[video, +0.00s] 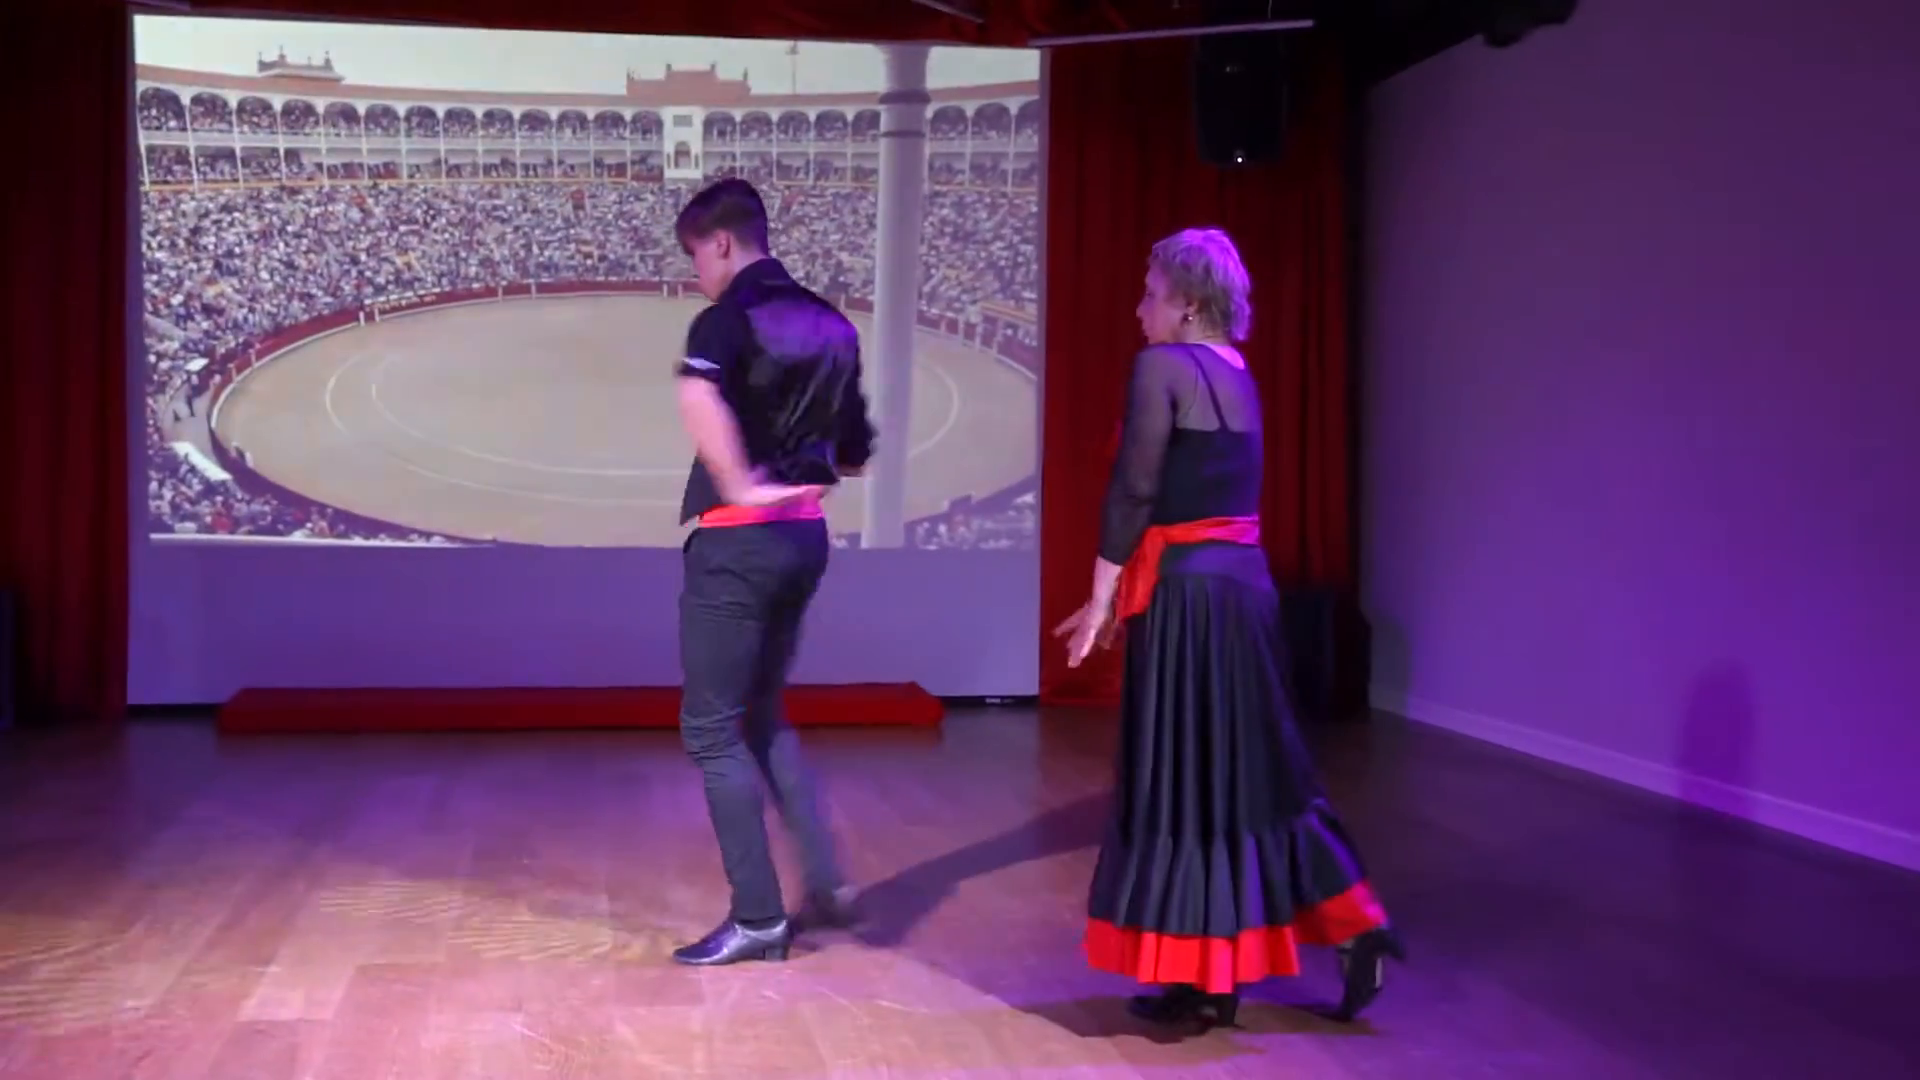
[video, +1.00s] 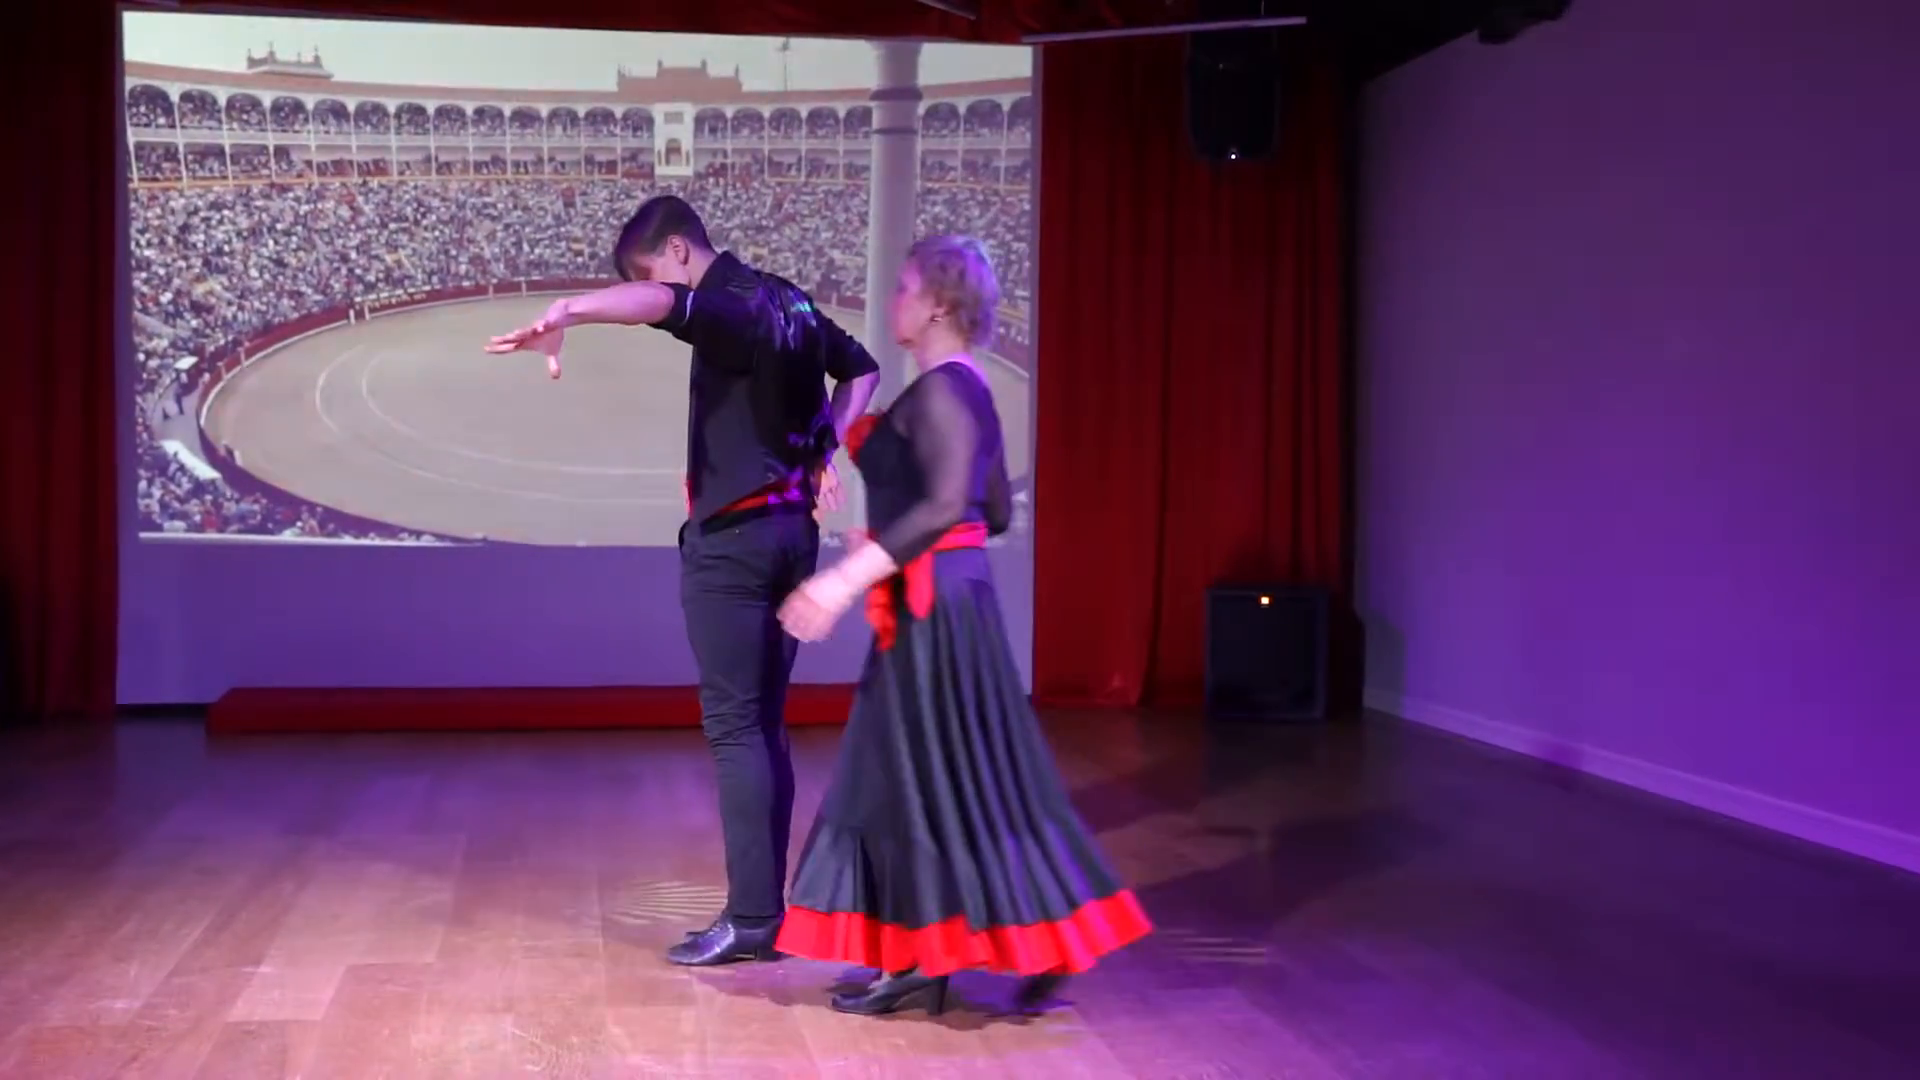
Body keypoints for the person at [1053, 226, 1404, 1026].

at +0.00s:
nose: (1141, 304)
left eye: (1151, 292)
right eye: (1145, 290)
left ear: (1185, 301)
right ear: (1212, 303)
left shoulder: (1160, 367)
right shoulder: (1234, 373)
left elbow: (1135, 486)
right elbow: (1209, 498)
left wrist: (1105, 585)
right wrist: (1114, 601)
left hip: (1187, 590)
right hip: (1245, 587)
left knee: (1181, 774)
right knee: (1267, 765)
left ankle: (1193, 973)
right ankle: (1356, 920)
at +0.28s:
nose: (1106, 311)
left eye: (1116, 298)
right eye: (1110, 296)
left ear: (1151, 307)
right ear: (1175, 309)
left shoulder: (1135, 373)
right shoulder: (1196, 379)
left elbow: (1133, 495)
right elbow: (1162, 502)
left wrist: (1090, 589)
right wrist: (1089, 582)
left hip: (1159, 591)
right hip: (1209, 589)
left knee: (1158, 776)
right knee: (1213, 768)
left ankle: (1180, 970)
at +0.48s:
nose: (1059, 313)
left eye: (1070, 300)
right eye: (1063, 298)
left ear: (1104, 309)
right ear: (1133, 311)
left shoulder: (1100, 379)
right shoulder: (1152, 379)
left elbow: (1121, 490)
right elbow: (1159, 497)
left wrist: (1079, 604)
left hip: (1128, 595)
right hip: (1172, 590)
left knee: (1118, 776)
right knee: (1177, 773)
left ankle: (1145, 967)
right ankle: (1200, 965)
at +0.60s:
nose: (1030, 318)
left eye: (1039, 304)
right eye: (1034, 303)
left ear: (1068, 311)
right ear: (1104, 315)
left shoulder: (1070, 382)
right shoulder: (1118, 385)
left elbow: (1100, 489)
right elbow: (1148, 493)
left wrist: (1073, 606)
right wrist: (1043, 468)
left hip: (1089, 602)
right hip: (1132, 598)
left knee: (1007, 766)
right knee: (1146, 776)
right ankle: (1189, 963)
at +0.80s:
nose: (960, 319)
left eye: (972, 304)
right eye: (965, 303)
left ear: (1008, 316)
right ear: (1029, 319)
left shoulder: (1017, 400)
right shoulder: (1044, 398)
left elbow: (1031, 516)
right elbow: (1079, 519)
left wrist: (985, 624)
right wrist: (985, 574)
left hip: (1003, 613)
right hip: (1043, 611)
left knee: (937, 778)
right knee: (1079, 782)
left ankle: (916, 959)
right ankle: (1150, 952)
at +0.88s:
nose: (928, 309)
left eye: (942, 296)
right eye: (936, 294)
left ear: (978, 311)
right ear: (991, 314)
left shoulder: (984, 396)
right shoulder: (1008, 395)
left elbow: (996, 512)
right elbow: (1046, 514)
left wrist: (927, 611)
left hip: (968, 609)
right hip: (990, 605)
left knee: (917, 779)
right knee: (1039, 779)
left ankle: (916, 961)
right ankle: (1129, 938)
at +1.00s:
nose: (893, 301)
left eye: (904, 289)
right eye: (898, 288)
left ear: (935, 303)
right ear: (952, 306)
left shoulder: (941, 390)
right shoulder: (963, 388)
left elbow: (947, 505)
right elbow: (997, 511)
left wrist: (839, 581)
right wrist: (885, 531)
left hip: (935, 600)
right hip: (948, 594)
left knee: (904, 771)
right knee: (971, 770)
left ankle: (914, 956)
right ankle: (1042, 945)